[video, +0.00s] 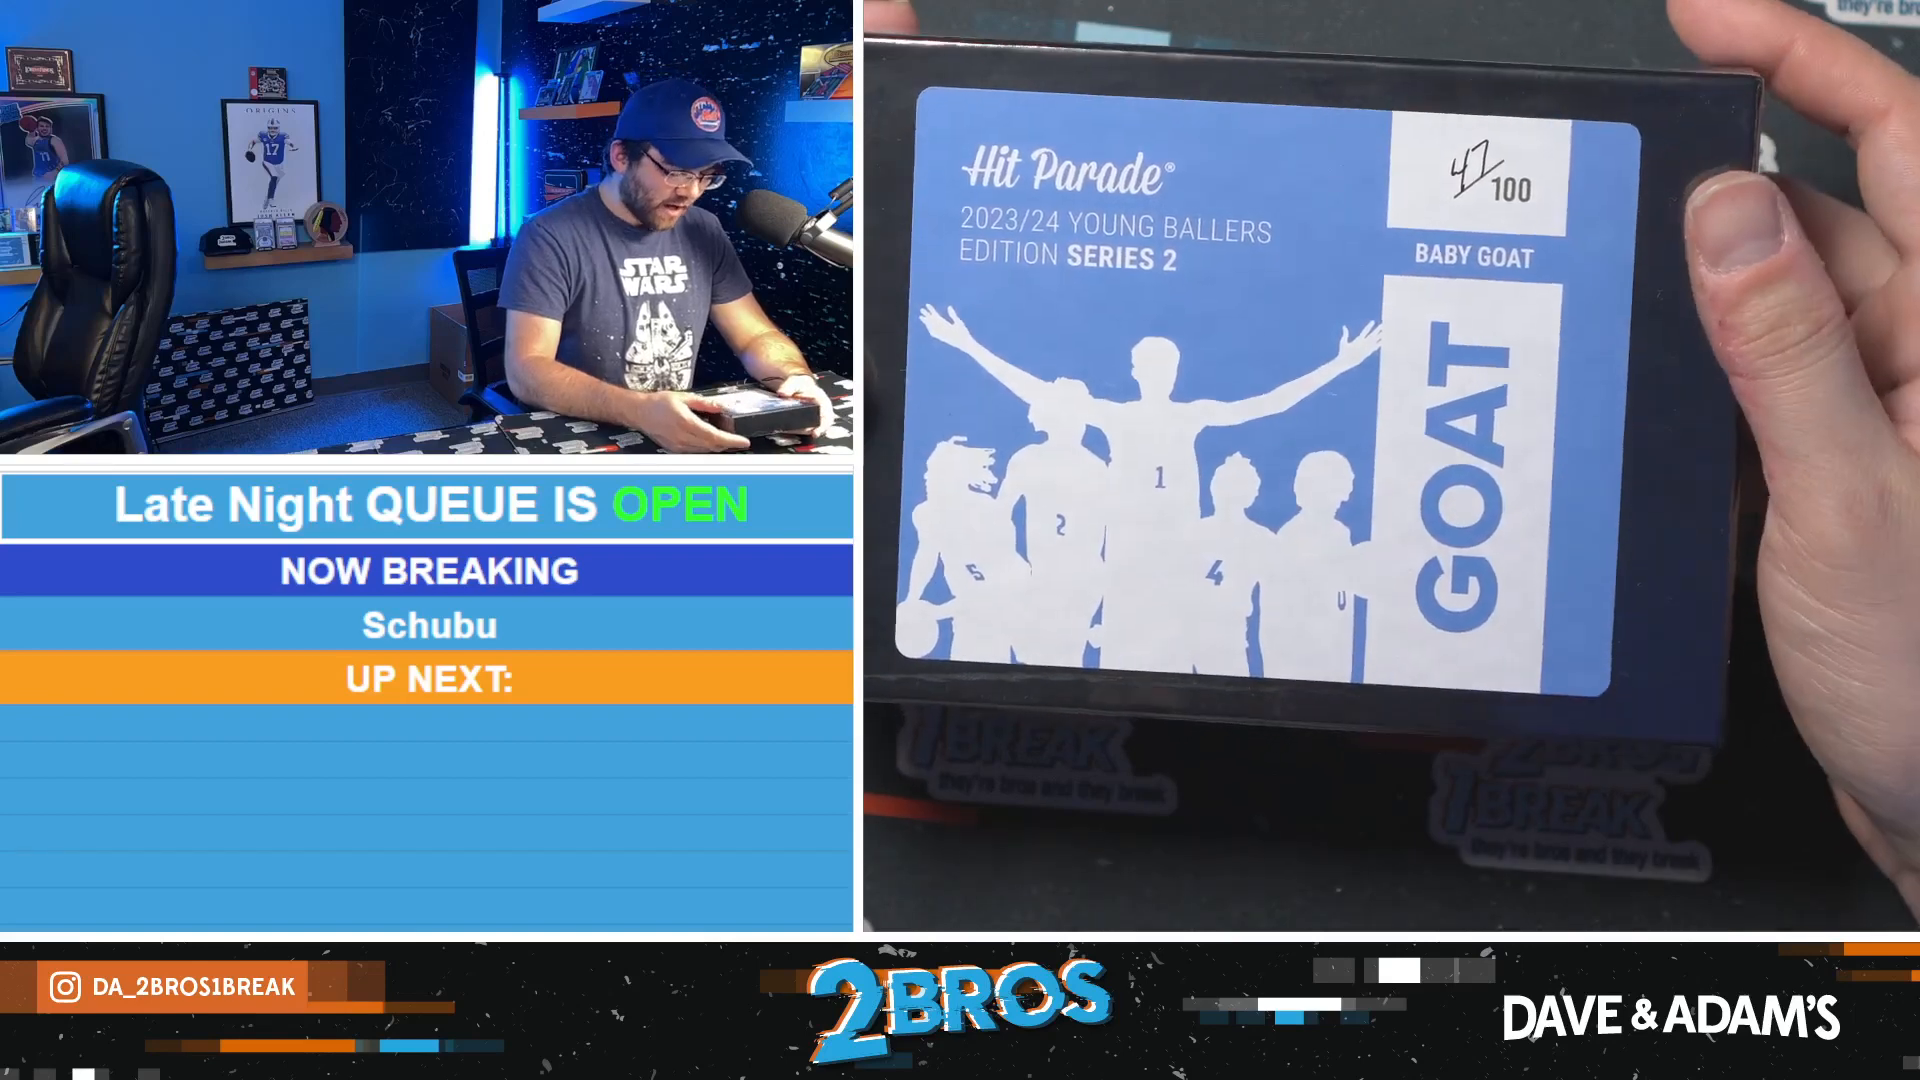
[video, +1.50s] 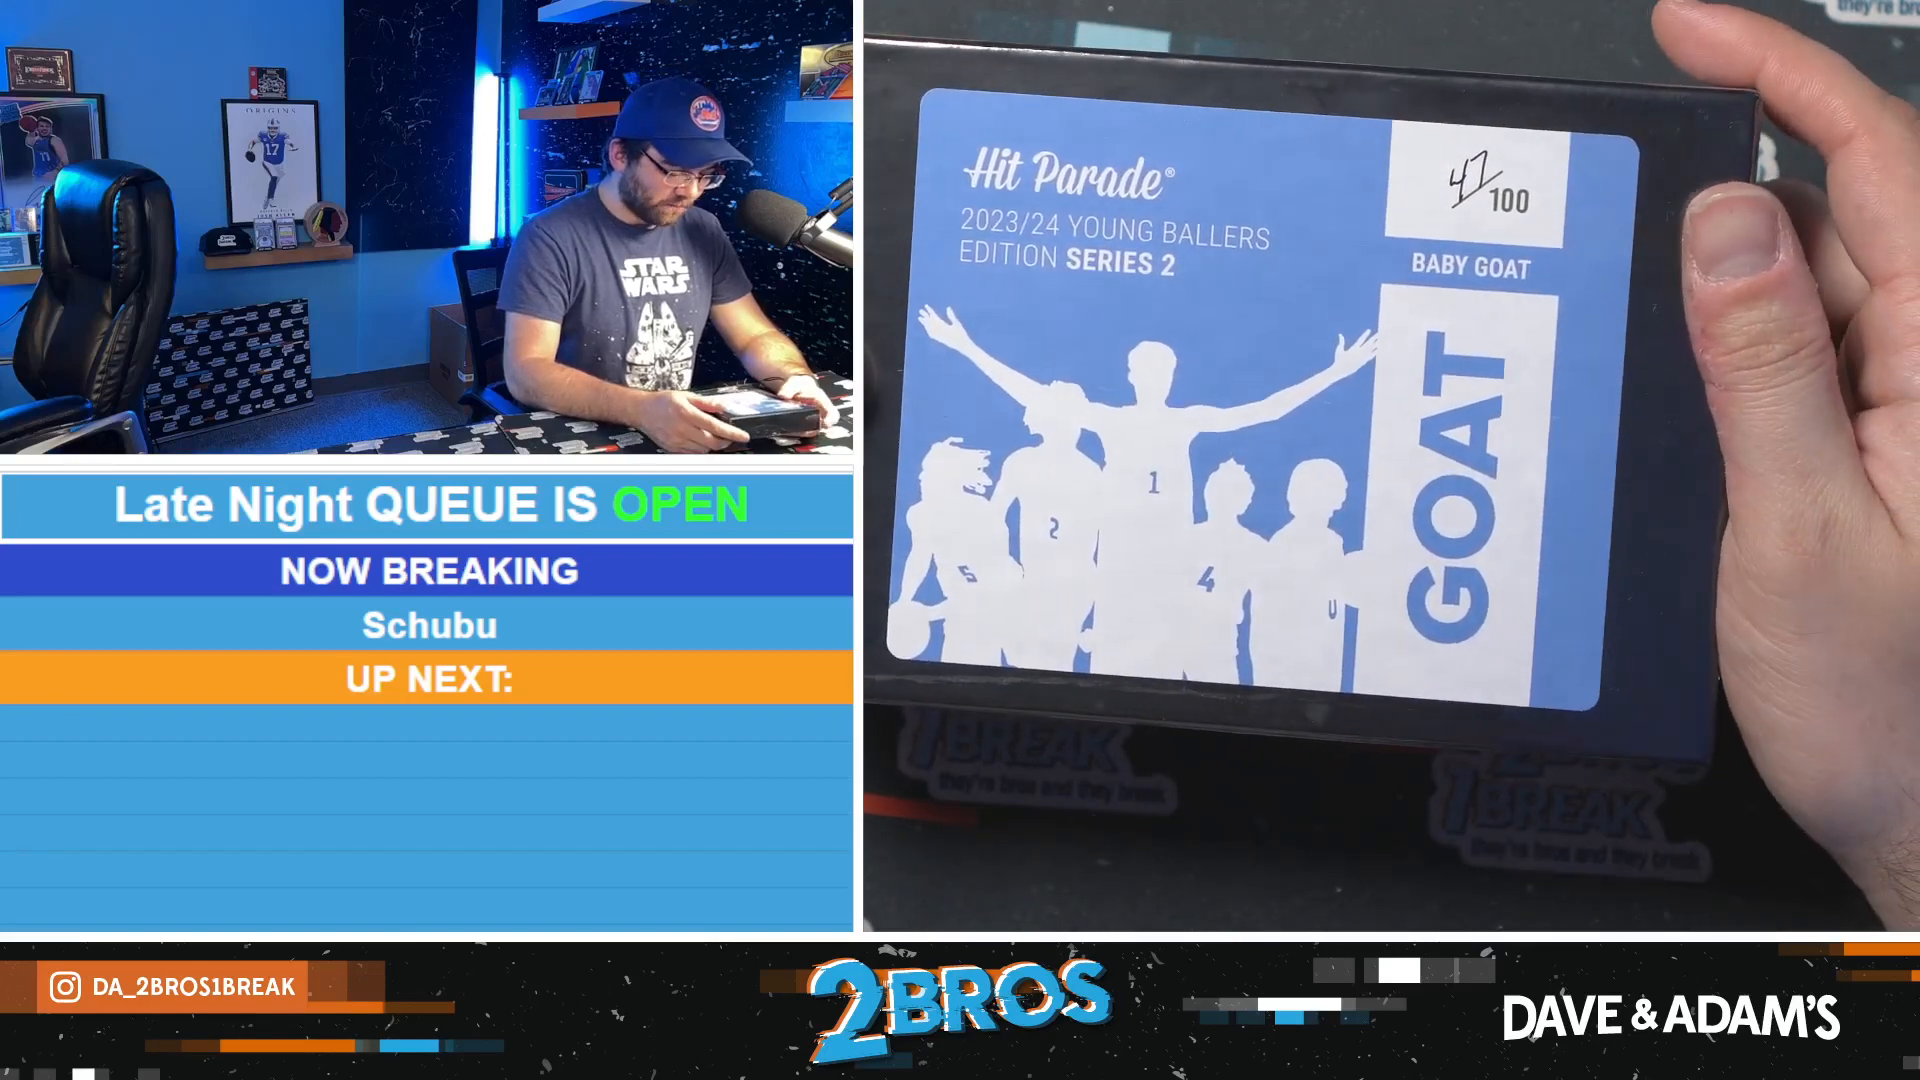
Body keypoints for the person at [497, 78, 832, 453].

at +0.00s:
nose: (689, 192)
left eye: (703, 174)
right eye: (674, 170)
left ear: (715, 172)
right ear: (620, 157)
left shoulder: (702, 232)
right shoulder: (552, 235)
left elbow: (754, 334)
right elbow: (527, 370)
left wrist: (794, 374)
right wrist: (640, 409)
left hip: (681, 459)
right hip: (578, 463)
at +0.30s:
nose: (688, 187)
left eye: (702, 171)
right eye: (672, 166)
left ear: (714, 169)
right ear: (620, 154)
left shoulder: (703, 231)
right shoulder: (553, 235)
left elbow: (755, 334)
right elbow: (527, 371)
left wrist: (794, 375)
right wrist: (641, 409)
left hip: (683, 456)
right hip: (580, 461)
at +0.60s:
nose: (689, 188)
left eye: (704, 171)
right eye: (674, 167)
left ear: (716, 169)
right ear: (620, 154)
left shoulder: (702, 230)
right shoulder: (552, 236)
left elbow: (754, 333)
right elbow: (527, 371)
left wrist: (793, 375)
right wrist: (643, 409)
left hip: (681, 456)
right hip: (578, 461)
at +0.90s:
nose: (690, 189)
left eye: (705, 172)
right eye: (675, 168)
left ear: (716, 168)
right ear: (620, 155)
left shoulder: (701, 231)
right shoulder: (551, 236)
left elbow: (754, 334)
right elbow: (526, 371)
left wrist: (793, 375)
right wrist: (644, 408)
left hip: (678, 457)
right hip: (576, 461)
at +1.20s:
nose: (690, 190)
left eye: (703, 173)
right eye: (674, 169)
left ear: (715, 169)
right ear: (619, 155)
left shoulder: (701, 231)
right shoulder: (551, 236)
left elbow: (754, 334)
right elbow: (526, 371)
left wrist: (793, 375)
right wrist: (643, 408)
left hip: (677, 458)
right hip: (574, 461)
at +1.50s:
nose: (690, 191)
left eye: (704, 174)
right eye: (673, 169)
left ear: (715, 170)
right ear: (620, 156)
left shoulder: (702, 232)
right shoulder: (553, 236)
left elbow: (755, 335)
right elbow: (527, 372)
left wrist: (794, 375)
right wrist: (643, 409)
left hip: (681, 458)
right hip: (577, 463)